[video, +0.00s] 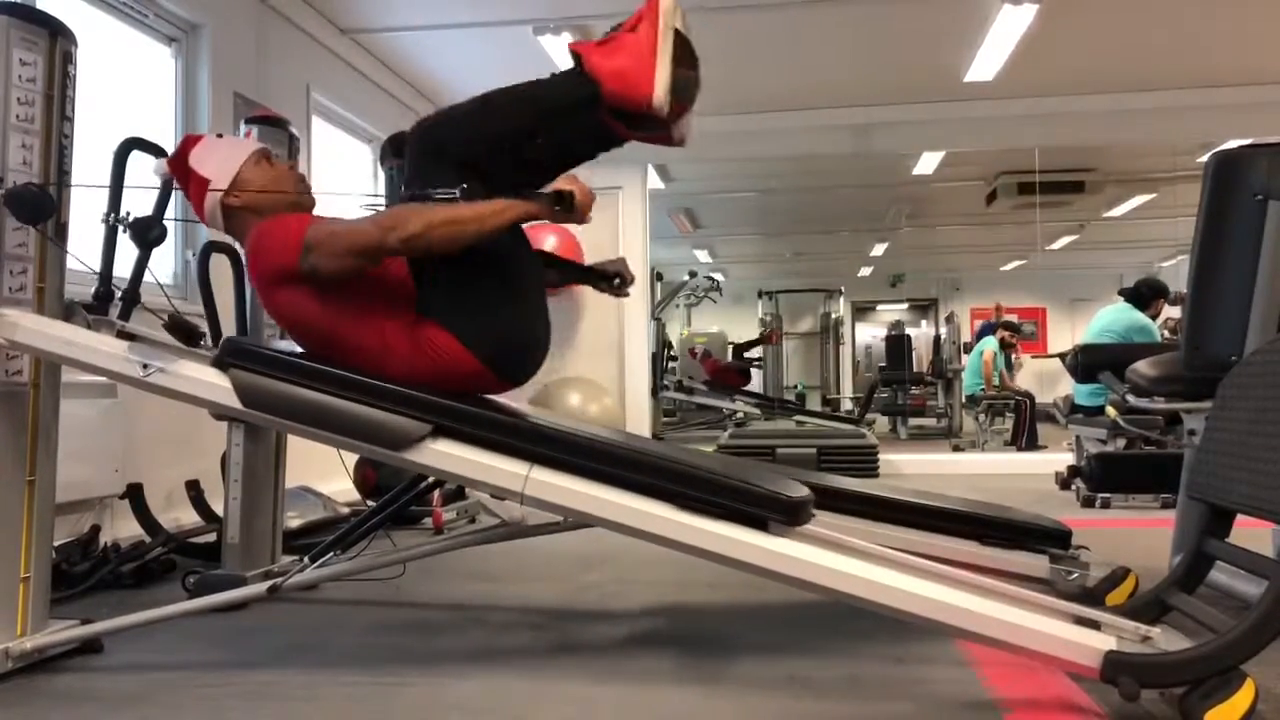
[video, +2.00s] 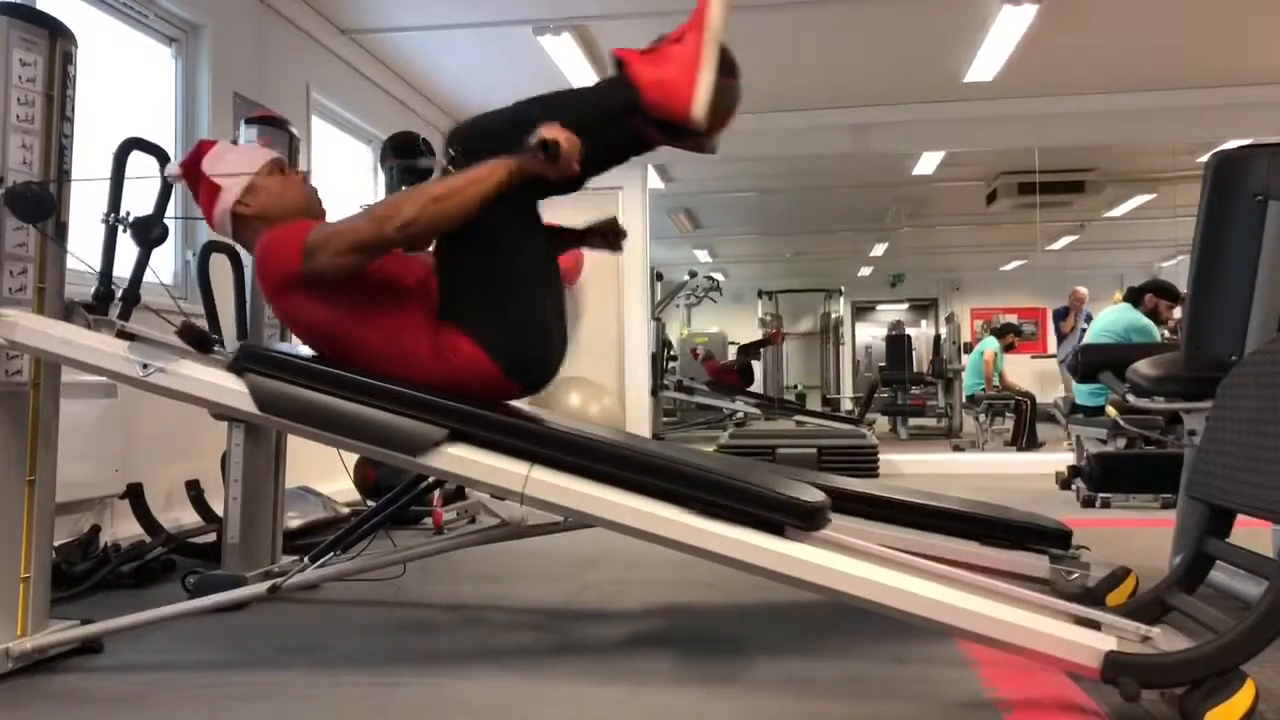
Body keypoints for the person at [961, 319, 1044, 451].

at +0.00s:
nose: (1014, 341)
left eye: (1016, 338)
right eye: (1011, 336)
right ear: (1001, 332)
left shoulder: (999, 352)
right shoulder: (991, 341)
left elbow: (1005, 383)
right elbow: (986, 360)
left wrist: (1020, 390)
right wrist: (989, 390)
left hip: (985, 391)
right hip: (976, 392)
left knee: (1027, 398)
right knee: (1025, 400)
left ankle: (1028, 443)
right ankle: (1022, 444)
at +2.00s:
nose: (1015, 343)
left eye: (1017, 339)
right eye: (1016, 338)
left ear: (1008, 337)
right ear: (1009, 336)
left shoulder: (997, 350)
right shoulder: (991, 342)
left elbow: (1004, 382)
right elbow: (987, 361)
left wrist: (1020, 390)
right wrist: (989, 390)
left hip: (984, 392)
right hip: (976, 393)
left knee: (1027, 399)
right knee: (1026, 400)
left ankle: (1020, 441)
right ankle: (1025, 443)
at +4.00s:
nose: (1019, 343)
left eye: (1020, 339)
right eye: (1019, 339)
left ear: (1010, 338)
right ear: (1012, 337)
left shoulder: (999, 350)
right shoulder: (994, 342)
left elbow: (1004, 382)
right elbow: (989, 361)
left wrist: (1020, 390)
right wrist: (990, 390)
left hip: (983, 393)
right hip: (977, 394)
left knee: (1026, 400)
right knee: (1027, 400)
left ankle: (1018, 443)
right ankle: (1026, 445)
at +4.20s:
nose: (1018, 342)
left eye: (1019, 339)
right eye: (1018, 338)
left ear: (1010, 337)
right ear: (1011, 337)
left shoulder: (999, 349)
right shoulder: (995, 342)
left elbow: (1004, 382)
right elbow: (989, 361)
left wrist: (1020, 390)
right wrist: (989, 390)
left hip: (983, 393)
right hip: (977, 393)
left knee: (1026, 399)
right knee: (1026, 400)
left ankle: (1018, 442)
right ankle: (1024, 444)